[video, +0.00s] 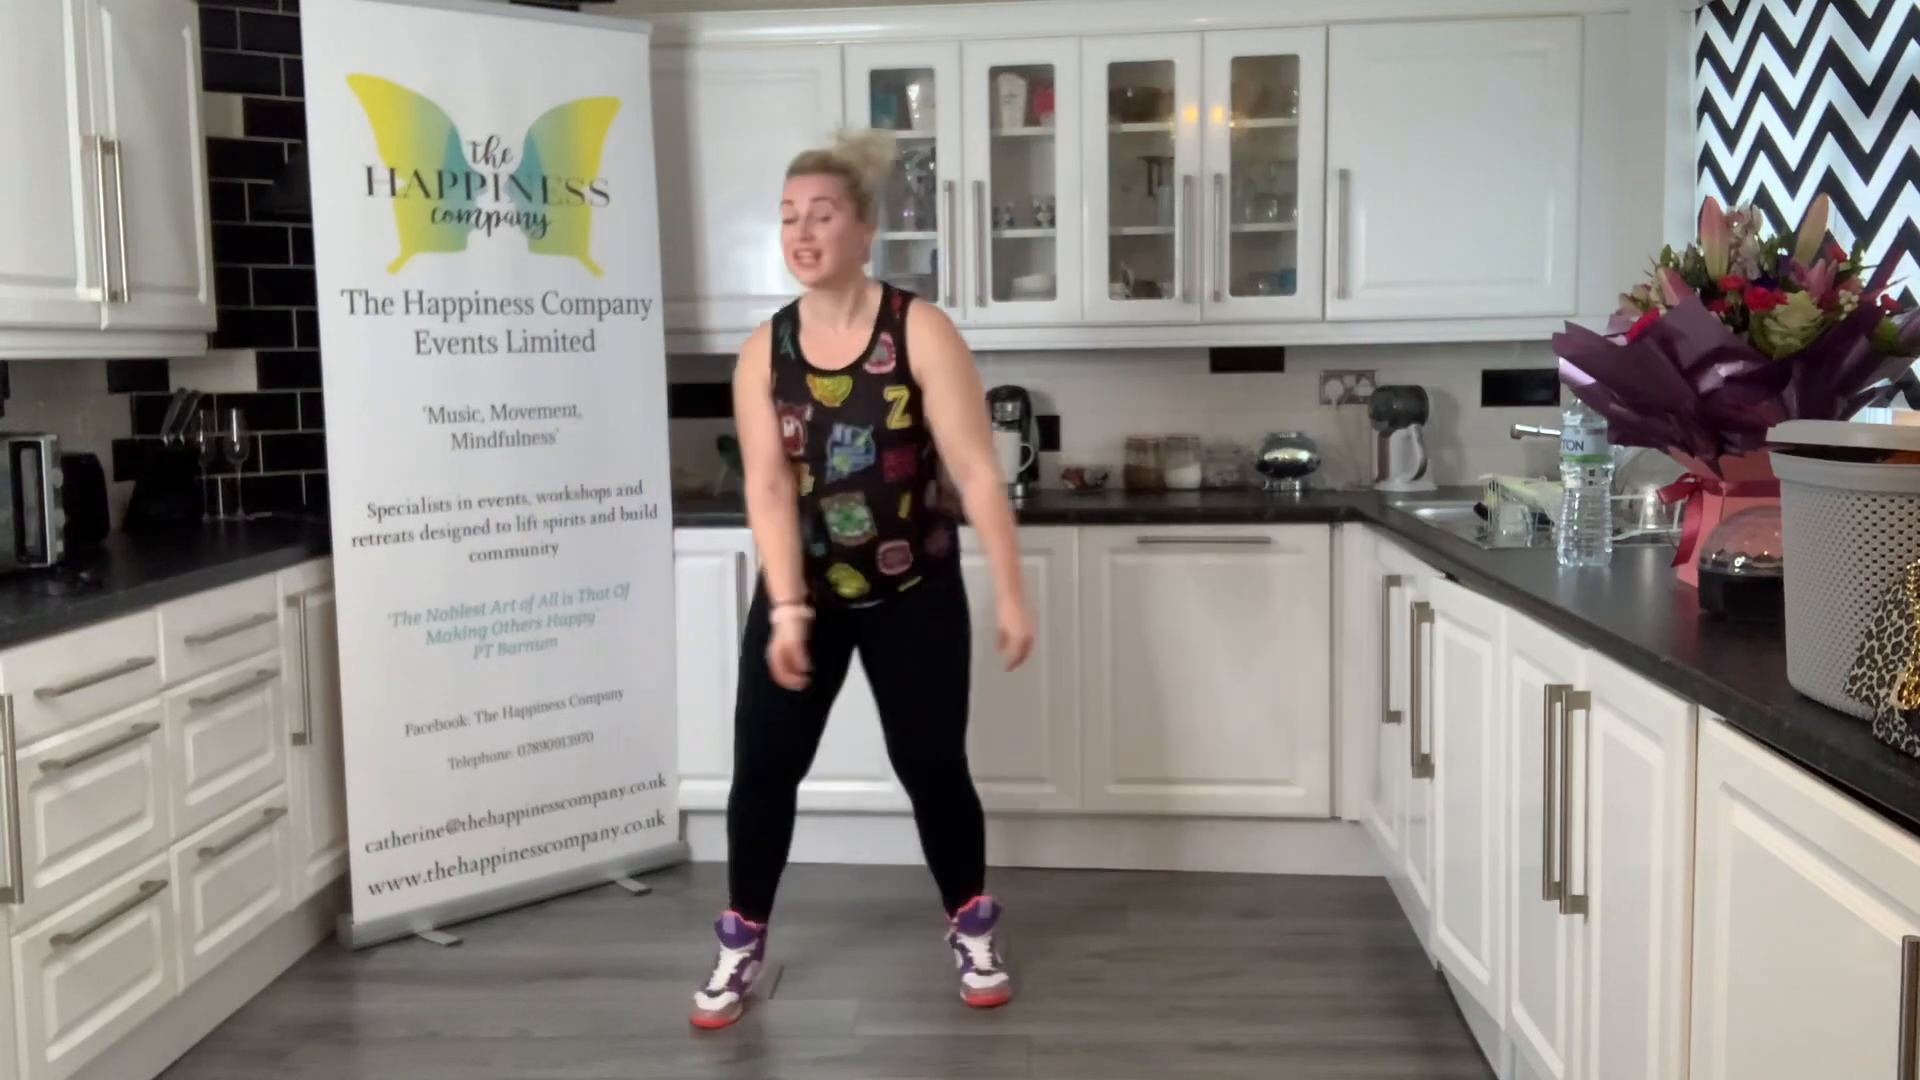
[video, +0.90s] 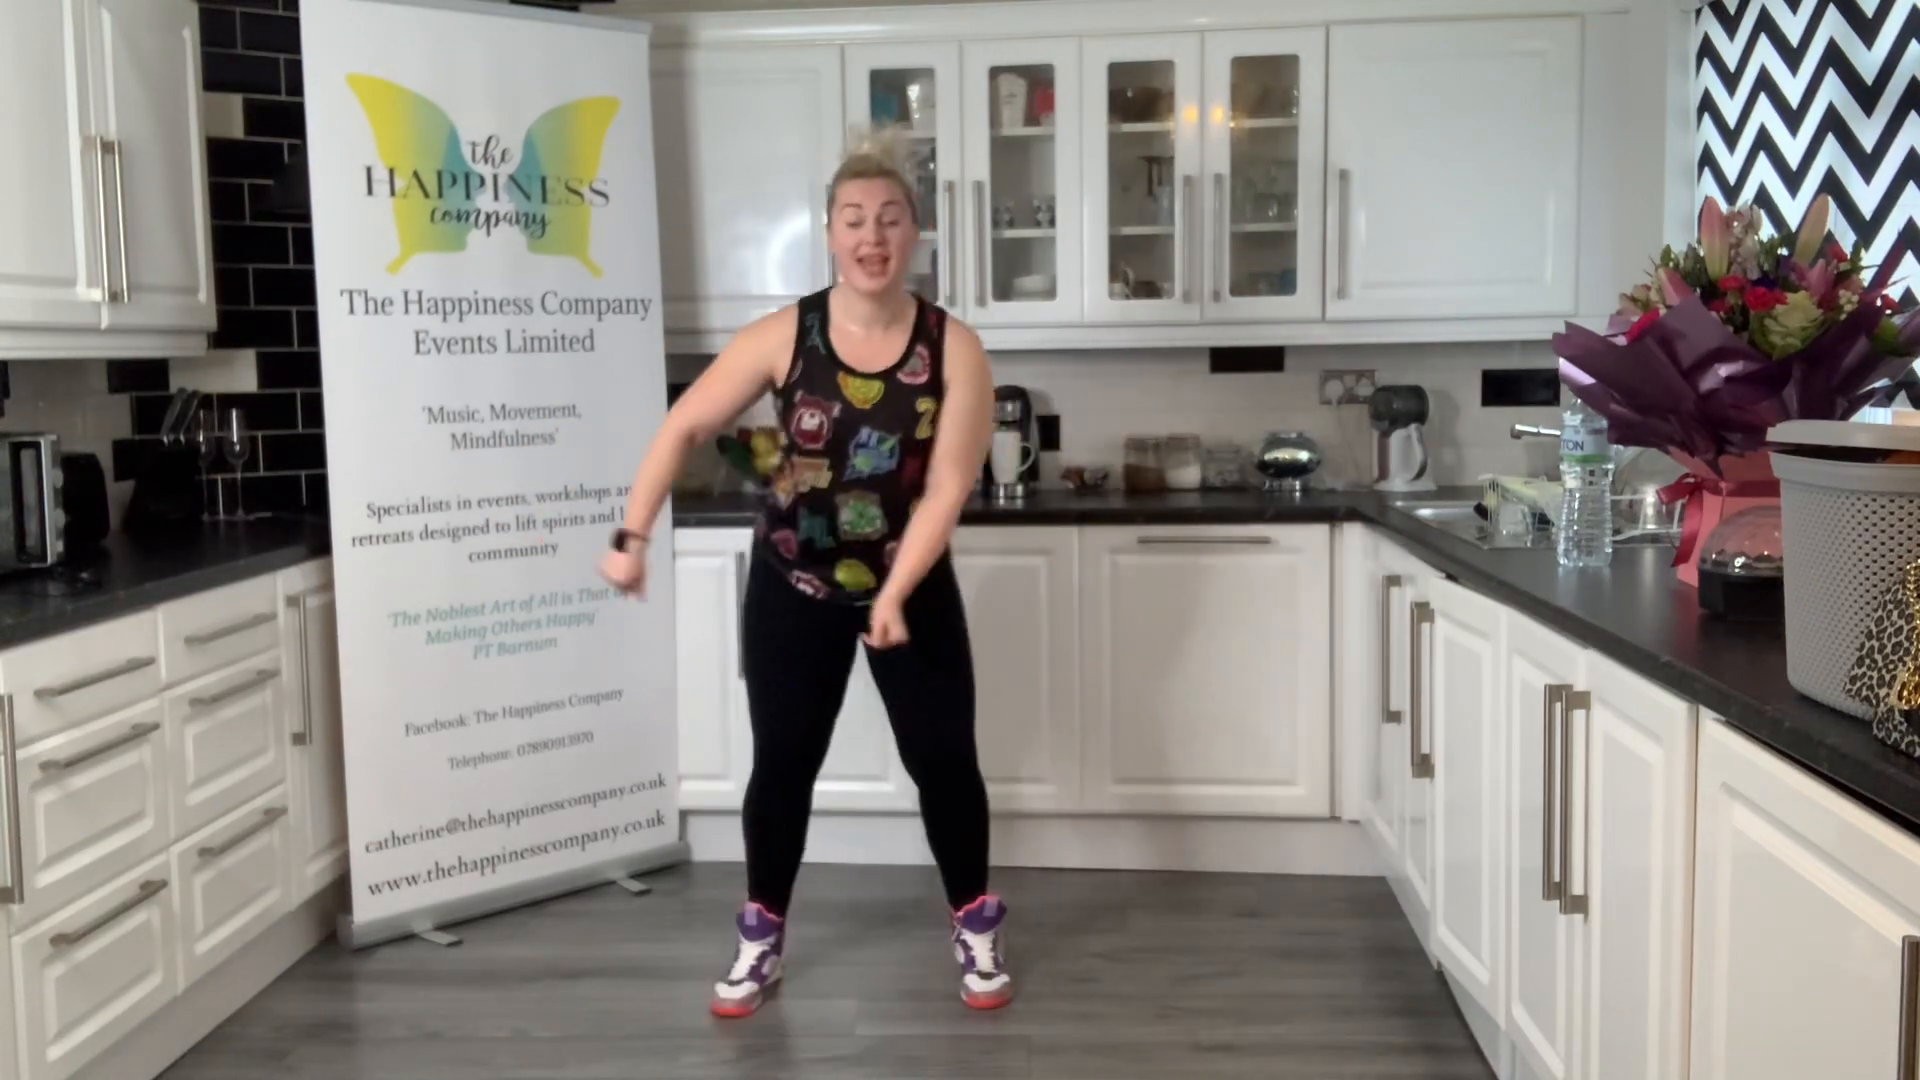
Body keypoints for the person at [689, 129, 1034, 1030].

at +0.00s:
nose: (802, 229)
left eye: (822, 212)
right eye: (790, 214)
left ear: (866, 227)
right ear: (779, 230)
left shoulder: (921, 331)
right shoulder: (763, 353)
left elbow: (975, 466)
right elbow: (768, 490)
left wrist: (1010, 588)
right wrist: (786, 604)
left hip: (911, 593)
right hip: (800, 594)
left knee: (932, 765)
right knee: (764, 772)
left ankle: (973, 926)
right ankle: (742, 942)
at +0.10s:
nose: (846, 244)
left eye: (865, 227)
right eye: (828, 229)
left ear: (893, 245)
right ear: (807, 251)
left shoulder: (944, 339)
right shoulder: (784, 367)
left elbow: (1033, 437)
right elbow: (787, 497)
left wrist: (1088, 551)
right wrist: (833, 560)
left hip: (951, 580)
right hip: (842, 582)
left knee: (965, 766)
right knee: (752, 720)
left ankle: (977, 930)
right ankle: (764, 918)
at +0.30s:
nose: (874, 231)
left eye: (890, 215)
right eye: (855, 218)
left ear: (915, 228)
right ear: (830, 236)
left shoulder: (970, 319)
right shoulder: (800, 352)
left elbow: (1054, 398)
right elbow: (788, 486)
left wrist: (1126, 446)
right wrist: (840, 488)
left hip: (976, 572)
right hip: (869, 577)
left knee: (969, 756)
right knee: (813, 732)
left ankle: (977, 927)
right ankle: (891, 931)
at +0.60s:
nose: (890, 249)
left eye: (907, 232)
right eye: (871, 234)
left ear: (931, 250)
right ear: (847, 255)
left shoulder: (977, 352)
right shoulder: (813, 364)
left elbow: (1047, 466)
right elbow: (772, 494)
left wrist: (1123, 548)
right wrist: (844, 552)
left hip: (985, 585)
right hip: (878, 588)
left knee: (981, 763)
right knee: (791, 720)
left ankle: (978, 930)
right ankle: (853, 915)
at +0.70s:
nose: (886, 231)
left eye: (904, 217)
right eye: (869, 218)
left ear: (930, 233)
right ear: (844, 236)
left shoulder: (977, 341)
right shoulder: (808, 348)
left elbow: (1024, 473)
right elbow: (745, 470)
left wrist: (1064, 592)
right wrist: (804, 565)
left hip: (972, 579)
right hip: (857, 578)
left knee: (969, 756)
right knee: (776, 717)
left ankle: (978, 927)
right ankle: (797, 904)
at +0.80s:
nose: (882, 222)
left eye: (899, 204)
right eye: (864, 208)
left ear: (927, 220)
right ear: (840, 226)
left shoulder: (971, 337)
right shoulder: (801, 332)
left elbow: (983, 477)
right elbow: (717, 435)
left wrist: (978, 605)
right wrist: (725, 557)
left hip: (940, 577)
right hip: (827, 573)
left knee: (956, 764)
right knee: (787, 756)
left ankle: (977, 929)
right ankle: (756, 924)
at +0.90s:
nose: (873, 236)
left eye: (891, 219)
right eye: (855, 220)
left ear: (916, 234)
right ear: (830, 235)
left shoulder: (955, 351)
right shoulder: (782, 337)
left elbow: (949, 489)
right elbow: (683, 425)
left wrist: (893, 591)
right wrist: (633, 536)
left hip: (914, 576)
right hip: (796, 581)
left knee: (945, 764)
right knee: (783, 764)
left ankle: (976, 929)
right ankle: (759, 937)